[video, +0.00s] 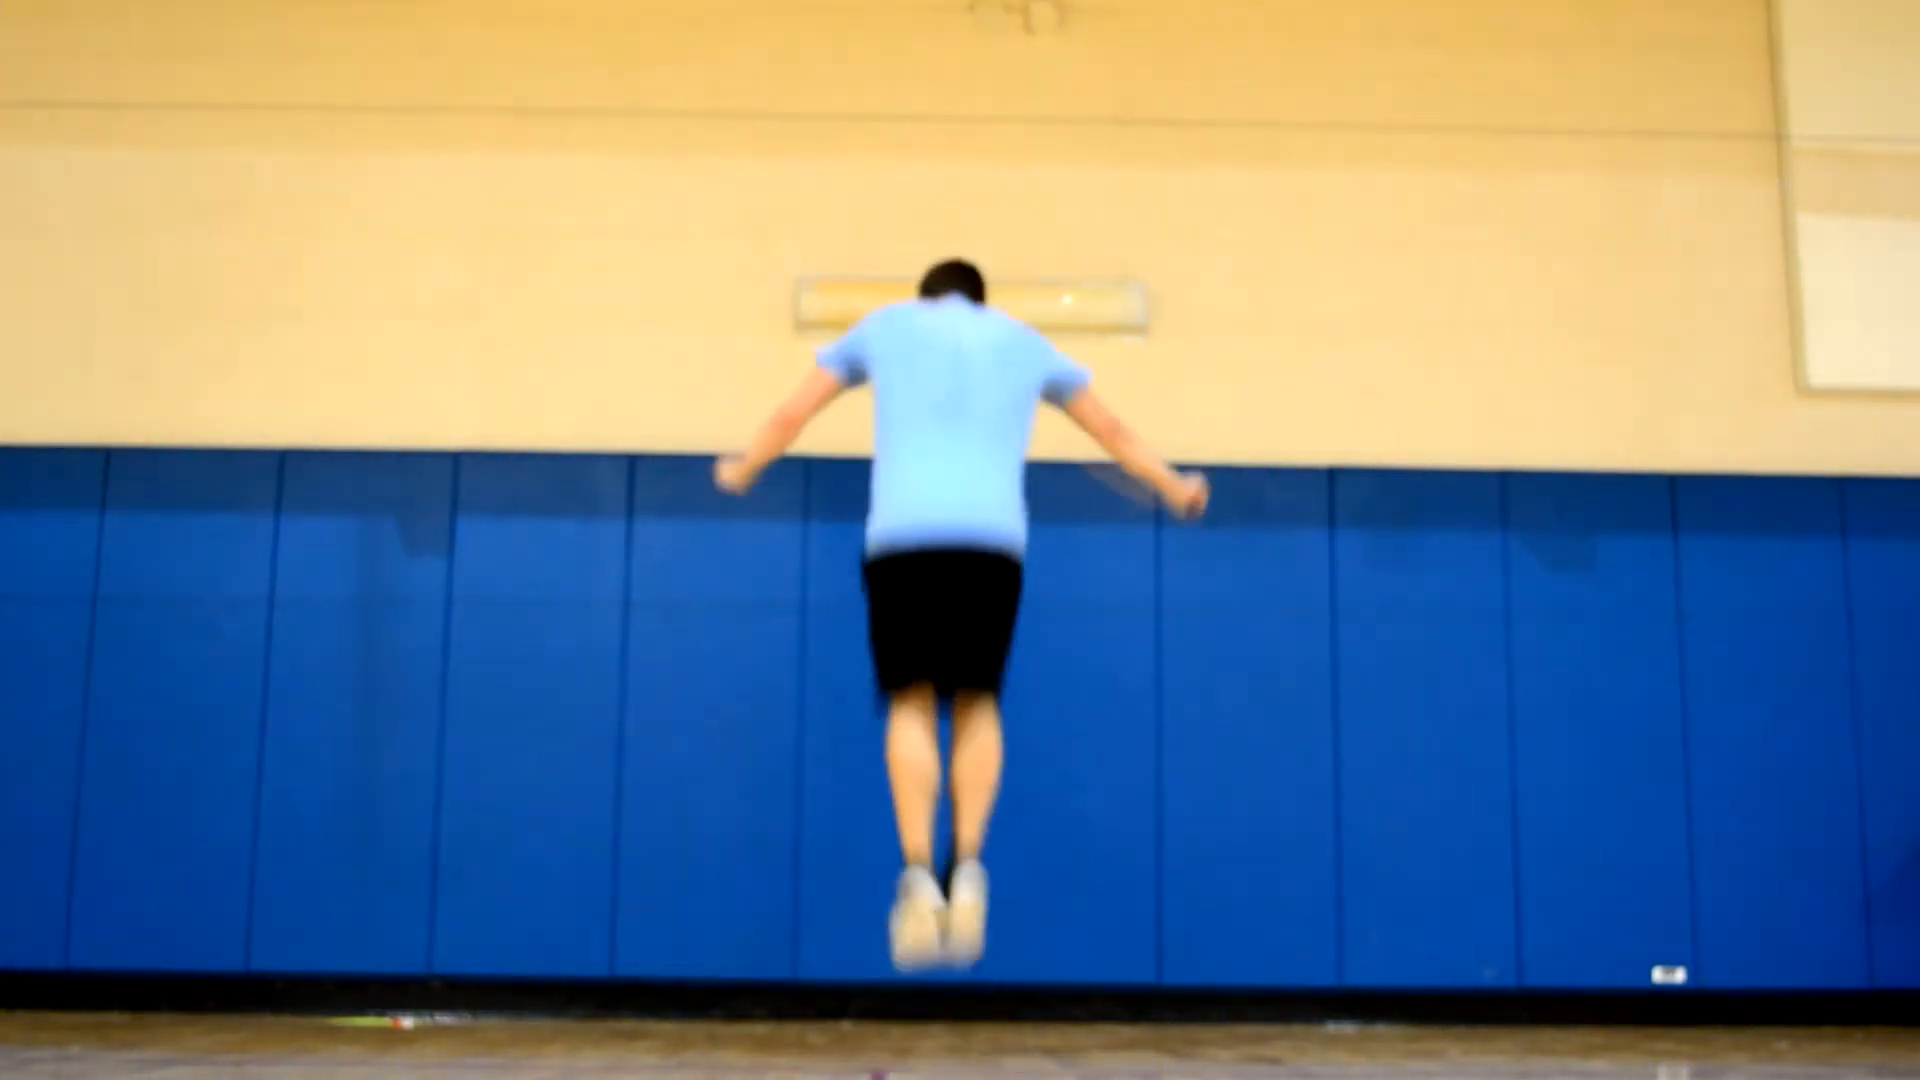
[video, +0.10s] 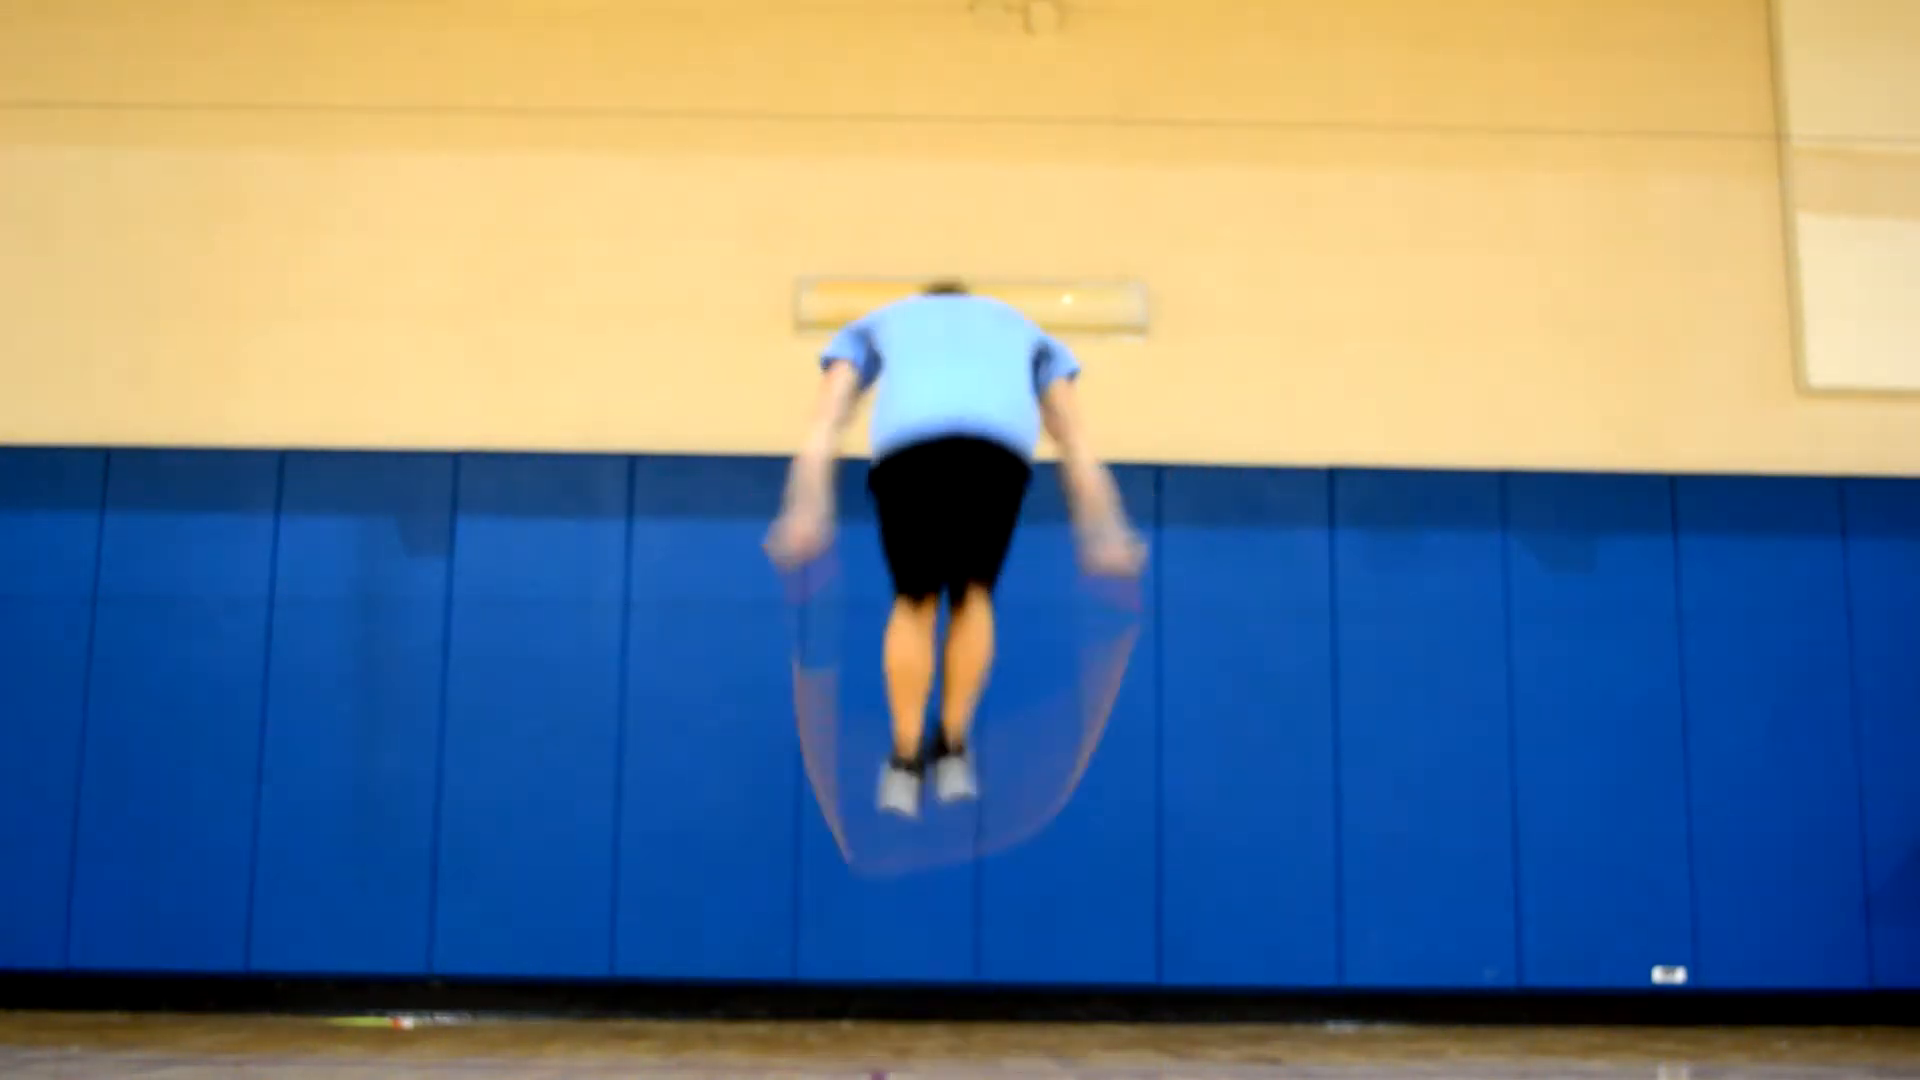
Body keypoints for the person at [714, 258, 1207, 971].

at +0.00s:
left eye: (934, 297)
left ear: (921, 297)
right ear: (985, 301)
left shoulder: (885, 326)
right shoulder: (1021, 341)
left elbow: (795, 410)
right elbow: (1107, 428)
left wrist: (743, 467)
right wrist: (1174, 488)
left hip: (900, 542)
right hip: (991, 545)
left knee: (910, 701)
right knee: (978, 701)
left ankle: (919, 874)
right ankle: (967, 868)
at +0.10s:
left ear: (917, 300)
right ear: (977, 300)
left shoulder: (884, 320)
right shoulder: (1019, 326)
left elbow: (827, 419)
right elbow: (1073, 436)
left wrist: (804, 515)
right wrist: (1104, 533)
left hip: (909, 452)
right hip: (996, 452)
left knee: (913, 600)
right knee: (974, 595)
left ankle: (904, 761)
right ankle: (954, 750)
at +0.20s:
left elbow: (867, 468)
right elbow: (1013, 500)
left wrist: (952, 514)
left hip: (909, 372)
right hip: (1003, 369)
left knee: (916, 536)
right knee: (970, 529)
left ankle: (914, 665)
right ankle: (949, 655)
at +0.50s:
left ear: (926, 402)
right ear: (983, 411)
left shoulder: (886, 433)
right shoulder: (1025, 457)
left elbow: (823, 498)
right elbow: (1062, 547)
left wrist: (761, 585)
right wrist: (1120, 642)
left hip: (898, 629)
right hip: (986, 631)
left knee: (893, 796)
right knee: (970, 800)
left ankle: (906, 986)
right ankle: (968, 993)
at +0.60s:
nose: (932, 458)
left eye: (926, 451)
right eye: (946, 451)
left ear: (916, 450)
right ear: (975, 455)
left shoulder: (890, 475)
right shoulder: (1023, 501)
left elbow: (847, 546)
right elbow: (1067, 596)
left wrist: (759, 594)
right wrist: (1143, 664)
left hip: (896, 706)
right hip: (985, 714)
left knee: (876, 861)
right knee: (982, 864)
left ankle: (909, 1011)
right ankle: (964, 1013)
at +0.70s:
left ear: (923, 389)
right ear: (981, 393)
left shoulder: (891, 414)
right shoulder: (1028, 430)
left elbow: (848, 512)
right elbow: (1064, 539)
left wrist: (789, 593)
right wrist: (1109, 634)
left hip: (899, 647)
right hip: (986, 653)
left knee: (898, 803)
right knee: (978, 811)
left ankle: (910, 977)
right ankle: (964, 977)